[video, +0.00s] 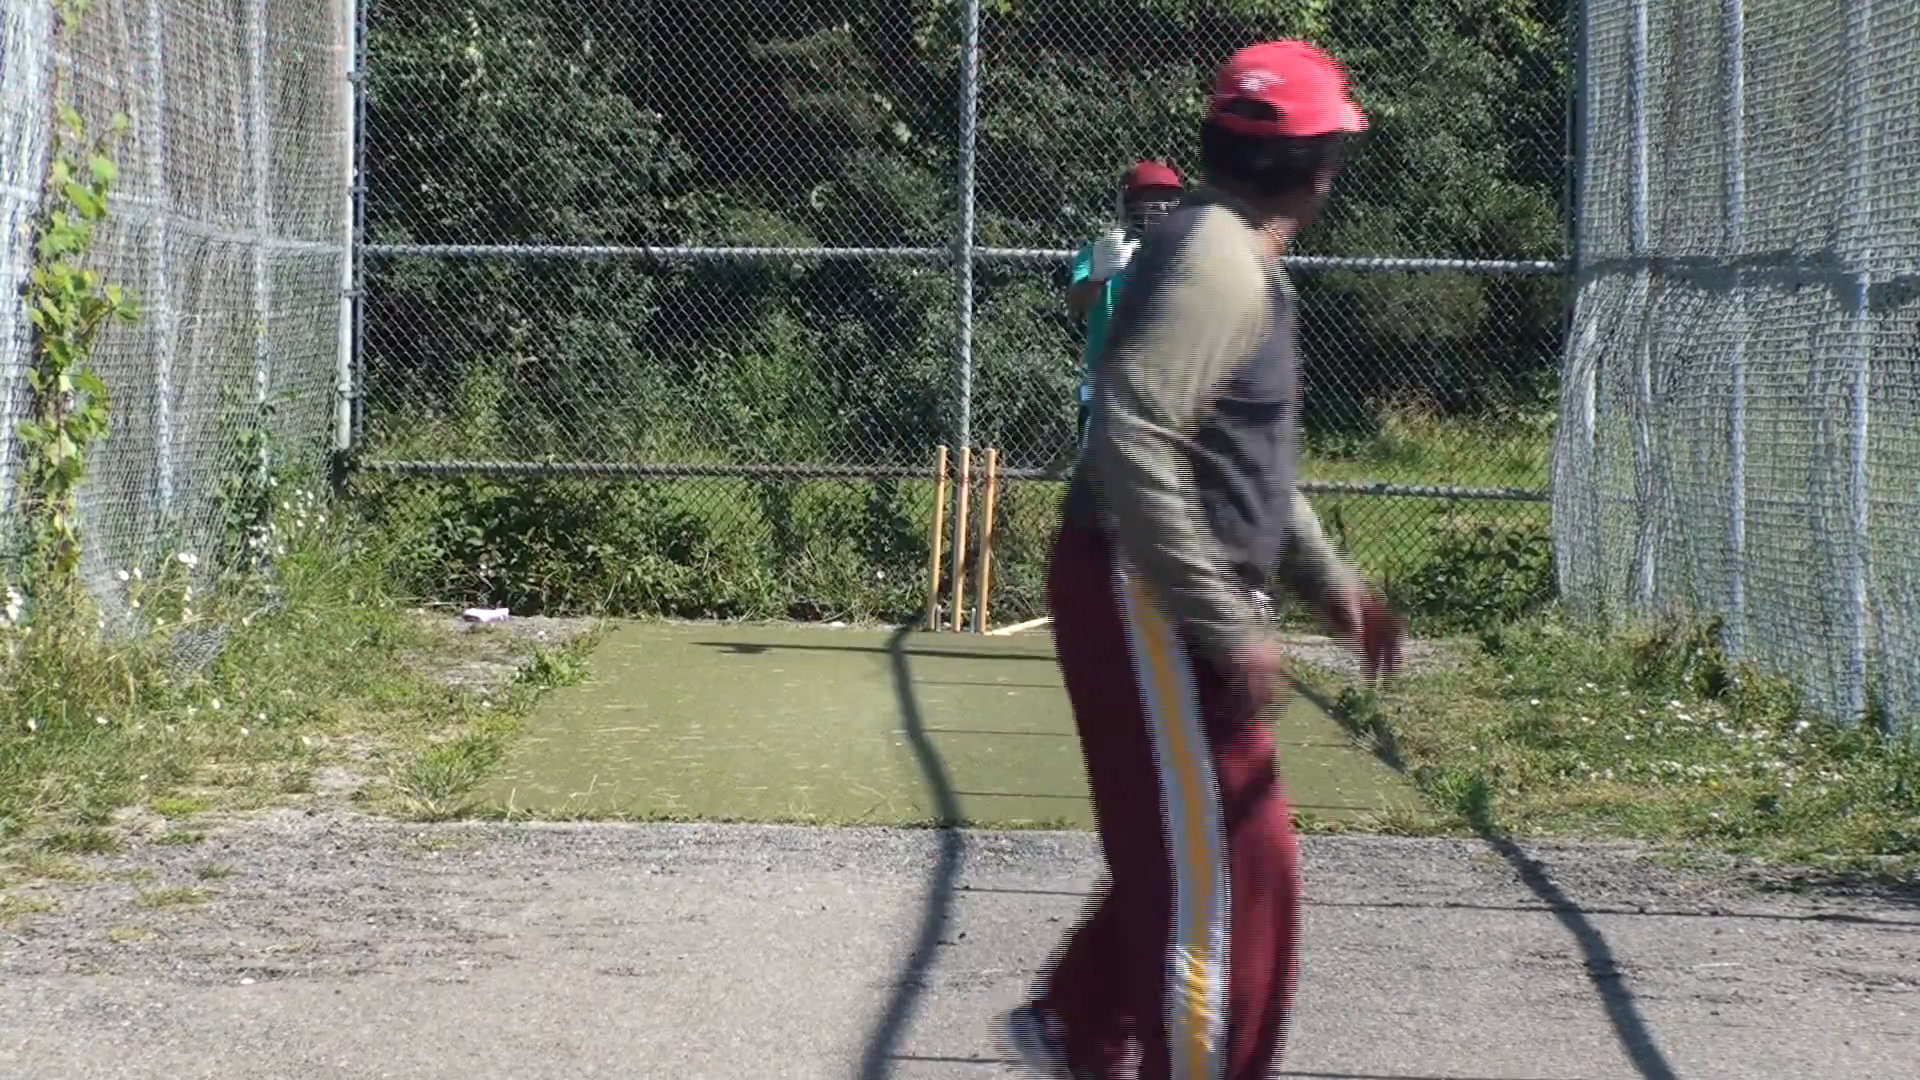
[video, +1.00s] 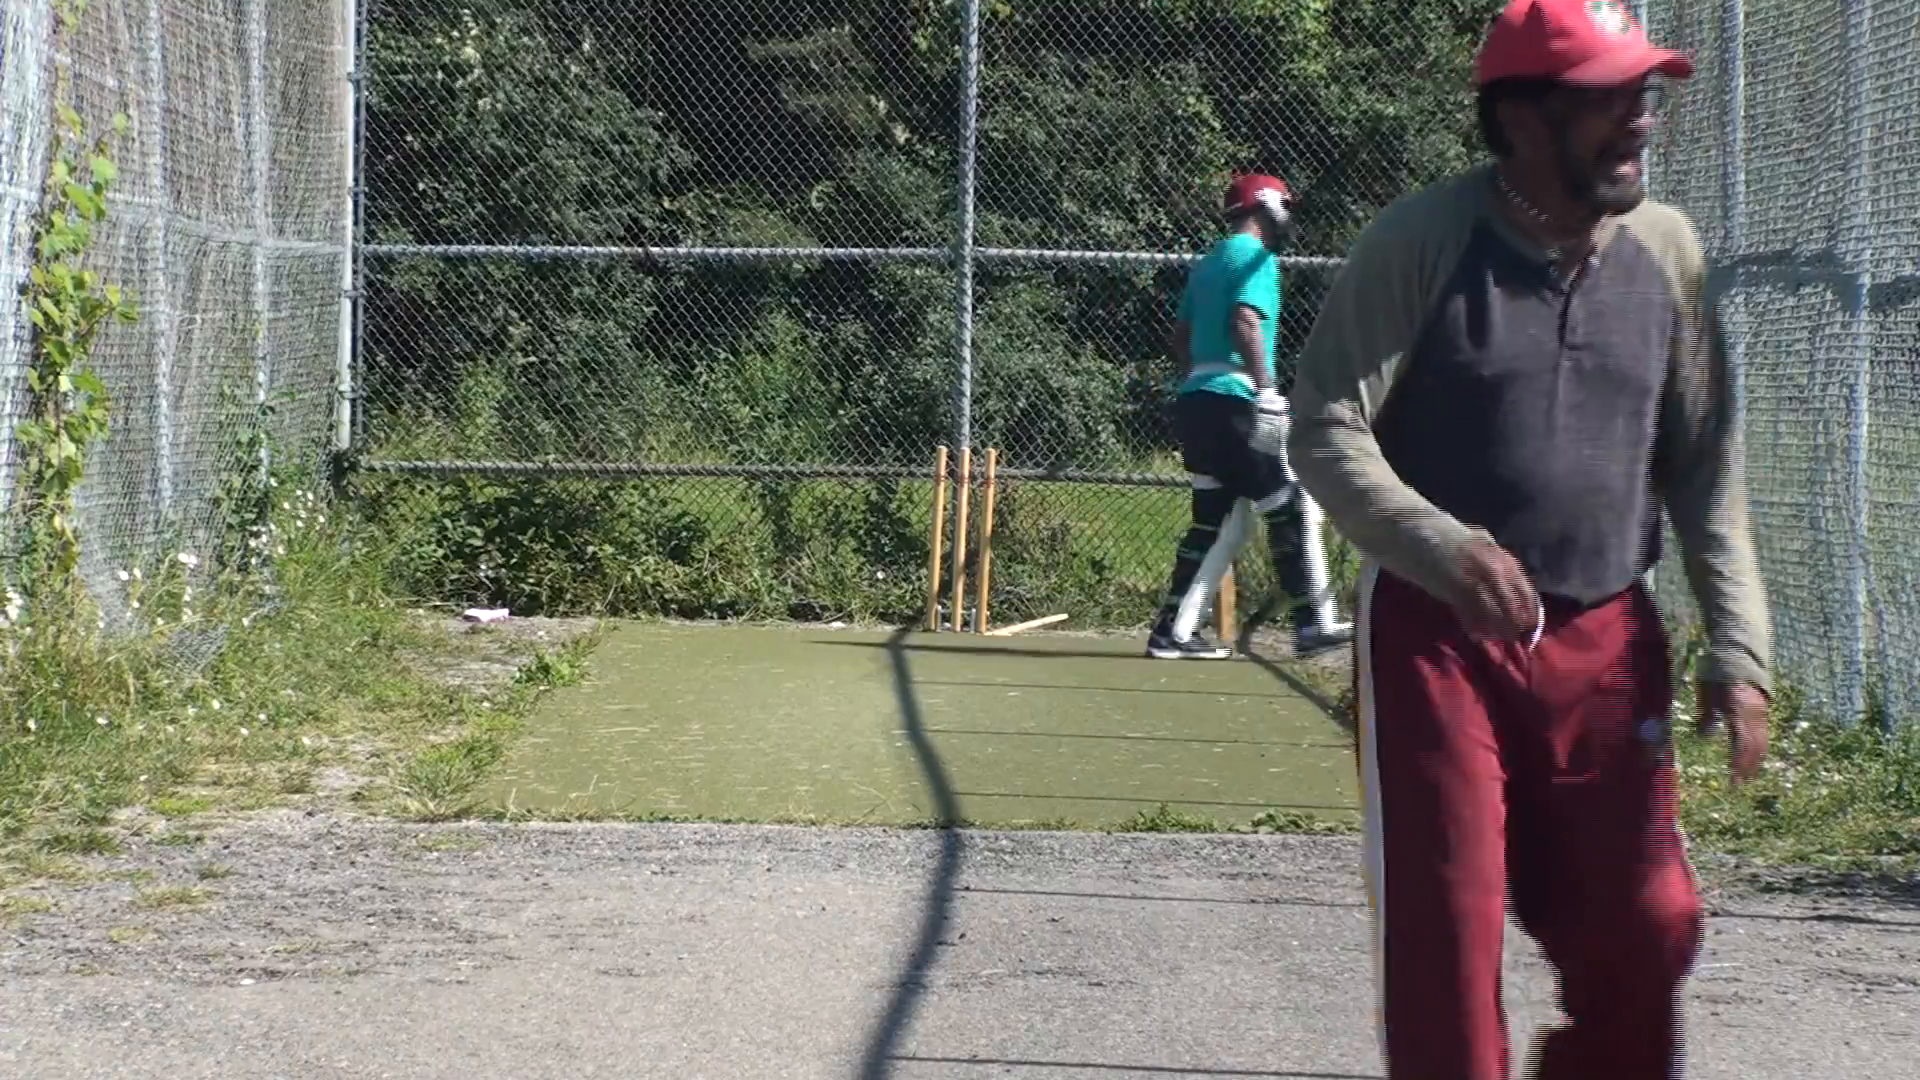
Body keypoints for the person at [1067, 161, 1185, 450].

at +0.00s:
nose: (1158, 211)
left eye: (1168, 203)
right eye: (1148, 204)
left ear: (1179, 207)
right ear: (1127, 207)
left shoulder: (1184, 254)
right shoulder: (1097, 254)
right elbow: (1075, 307)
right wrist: (1099, 274)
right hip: (1106, 387)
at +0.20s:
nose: (1178, 228)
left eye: (1186, 219)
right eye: (1167, 218)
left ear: (1194, 219)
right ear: (1139, 212)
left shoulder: (1199, 266)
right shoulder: (1105, 255)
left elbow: (1218, 325)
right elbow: (1081, 309)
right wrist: (1110, 293)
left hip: (1174, 400)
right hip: (1112, 399)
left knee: (1180, 514)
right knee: (1111, 513)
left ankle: (1175, 632)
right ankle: (1110, 627)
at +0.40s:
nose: (1216, 230)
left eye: (1221, 222)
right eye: (1208, 218)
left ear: (1218, 224)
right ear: (1179, 213)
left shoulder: (1205, 269)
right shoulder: (1136, 261)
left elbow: (1197, 336)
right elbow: (1104, 327)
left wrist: (1194, 394)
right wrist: (1125, 382)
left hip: (1177, 402)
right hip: (1125, 400)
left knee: (1213, 512)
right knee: (1131, 515)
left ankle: (1175, 627)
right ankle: (1111, 629)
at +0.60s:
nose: (1250, 234)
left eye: (1252, 225)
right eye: (1245, 222)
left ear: (1222, 220)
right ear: (1218, 216)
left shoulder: (1208, 265)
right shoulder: (1181, 254)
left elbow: (1199, 345)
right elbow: (1152, 324)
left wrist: (1209, 407)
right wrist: (1162, 391)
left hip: (1201, 406)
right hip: (1168, 404)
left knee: (1229, 521)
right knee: (1180, 514)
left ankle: (1183, 629)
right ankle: (1137, 628)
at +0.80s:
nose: (1266, 221)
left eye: (1265, 211)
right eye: (1260, 210)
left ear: (1221, 211)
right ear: (1239, 209)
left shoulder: (1202, 250)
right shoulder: (1214, 249)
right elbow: (1196, 317)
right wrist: (1219, 390)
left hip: (1177, 396)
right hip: (1196, 398)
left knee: (1208, 512)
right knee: (1248, 503)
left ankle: (1176, 629)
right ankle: (1225, 624)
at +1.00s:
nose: (1289, 222)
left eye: (1288, 213)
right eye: (1283, 212)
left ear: (1238, 217)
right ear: (1262, 213)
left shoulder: (1207, 263)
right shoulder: (1256, 256)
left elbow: (1179, 336)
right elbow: (1246, 321)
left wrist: (1207, 379)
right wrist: (1266, 391)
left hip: (1194, 405)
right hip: (1235, 405)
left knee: (1214, 519)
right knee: (1291, 507)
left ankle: (1173, 630)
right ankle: (1314, 621)